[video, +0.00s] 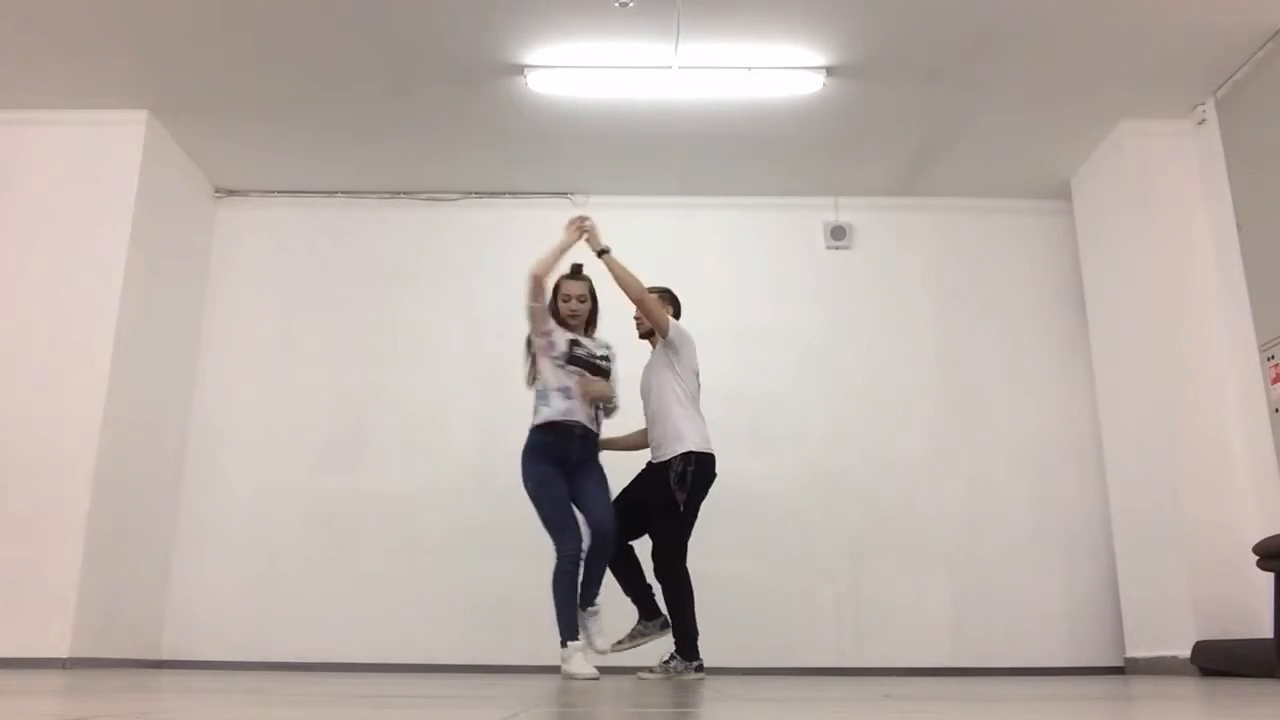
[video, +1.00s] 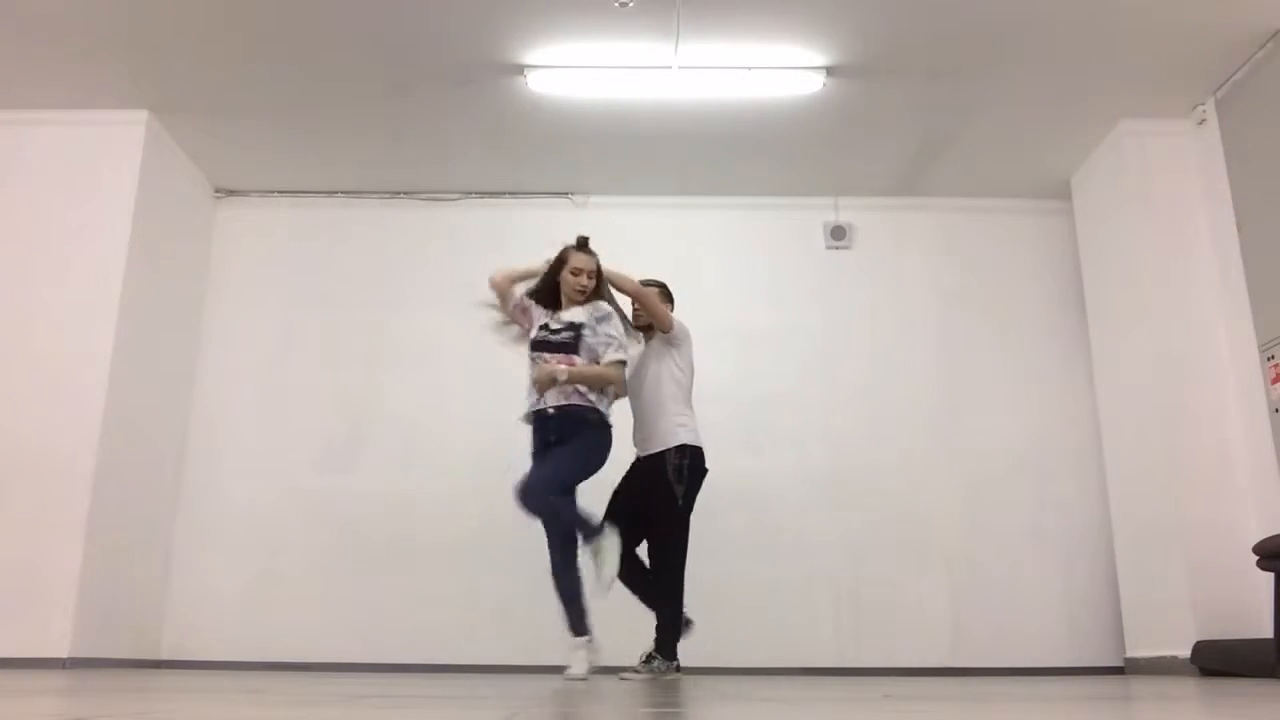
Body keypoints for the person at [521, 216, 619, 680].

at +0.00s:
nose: (574, 305)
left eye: (582, 299)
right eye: (567, 299)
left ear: (592, 305)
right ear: (555, 303)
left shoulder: (603, 351)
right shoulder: (546, 338)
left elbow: (610, 407)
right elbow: (536, 280)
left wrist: (600, 392)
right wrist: (567, 241)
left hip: (585, 457)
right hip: (543, 453)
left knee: (607, 532)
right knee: (568, 544)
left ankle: (586, 607)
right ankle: (570, 648)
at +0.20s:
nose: (563, 298)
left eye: (572, 290)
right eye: (557, 291)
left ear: (584, 295)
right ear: (548, 295)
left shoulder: (590, 334)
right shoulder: (542, 329)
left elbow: (592, 383)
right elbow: (519, 290)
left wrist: (548, 386)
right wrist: (556, 264)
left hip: (576, 445)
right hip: (550, 444)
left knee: (531, 533)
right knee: (555, 552)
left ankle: (538, 643)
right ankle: (599, 647)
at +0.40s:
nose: (539, 291)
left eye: (544, 286)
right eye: (542, 285)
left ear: (555, 292)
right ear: (578, 294)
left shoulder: (528, 327)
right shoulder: (591, 335)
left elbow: (488, 371)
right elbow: (613, 319)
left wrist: (516, 388)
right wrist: (618, 275)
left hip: (527, 441)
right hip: (571, 446)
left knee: (512, 548)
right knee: (561, 551)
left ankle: (513, 650)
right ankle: (573, 645)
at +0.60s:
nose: (589, 290)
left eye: (582, 285)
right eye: (586, 285)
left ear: (539, 291)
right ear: (582, 291)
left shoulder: (523, 323)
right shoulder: (589, 319)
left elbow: (512, 384)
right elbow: (635, 288)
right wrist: (622, 236)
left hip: (513, 442)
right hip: (558, 443)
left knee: (518, 548)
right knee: (593, 547)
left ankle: (511, 652)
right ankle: (551, 643)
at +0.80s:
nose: (583, 287)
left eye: (590, 281)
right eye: (576, 279)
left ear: (595, 288)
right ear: (558, 282)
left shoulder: (592, 332)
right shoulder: (543, 318)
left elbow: (604, 397)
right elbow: (545, 262)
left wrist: (587, 380)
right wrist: (571, 237)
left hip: (568, 447)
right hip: (538, 444)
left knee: (610, 529)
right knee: (568, 542)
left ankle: (528, 564)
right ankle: (543, 648)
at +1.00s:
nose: (582, 281)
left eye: (590, 275)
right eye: (575, 273)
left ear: (597, 280)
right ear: (559, 274)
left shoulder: (602, 316)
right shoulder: (538, 318)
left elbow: (616, 375)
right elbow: (500, 283)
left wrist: (563, 372)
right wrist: (542, 269)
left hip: (589, 432)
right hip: (546, 432)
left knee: (532, 491)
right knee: (560, 540)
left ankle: (597, 534)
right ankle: (581, 638)